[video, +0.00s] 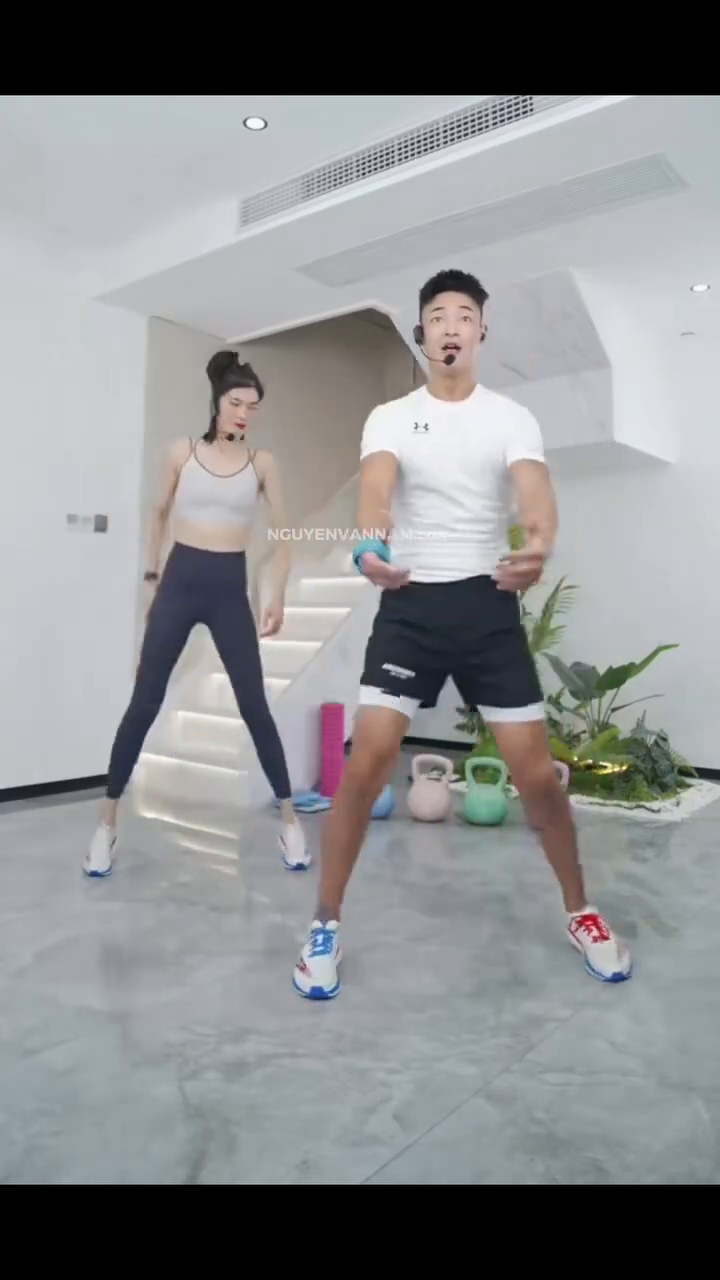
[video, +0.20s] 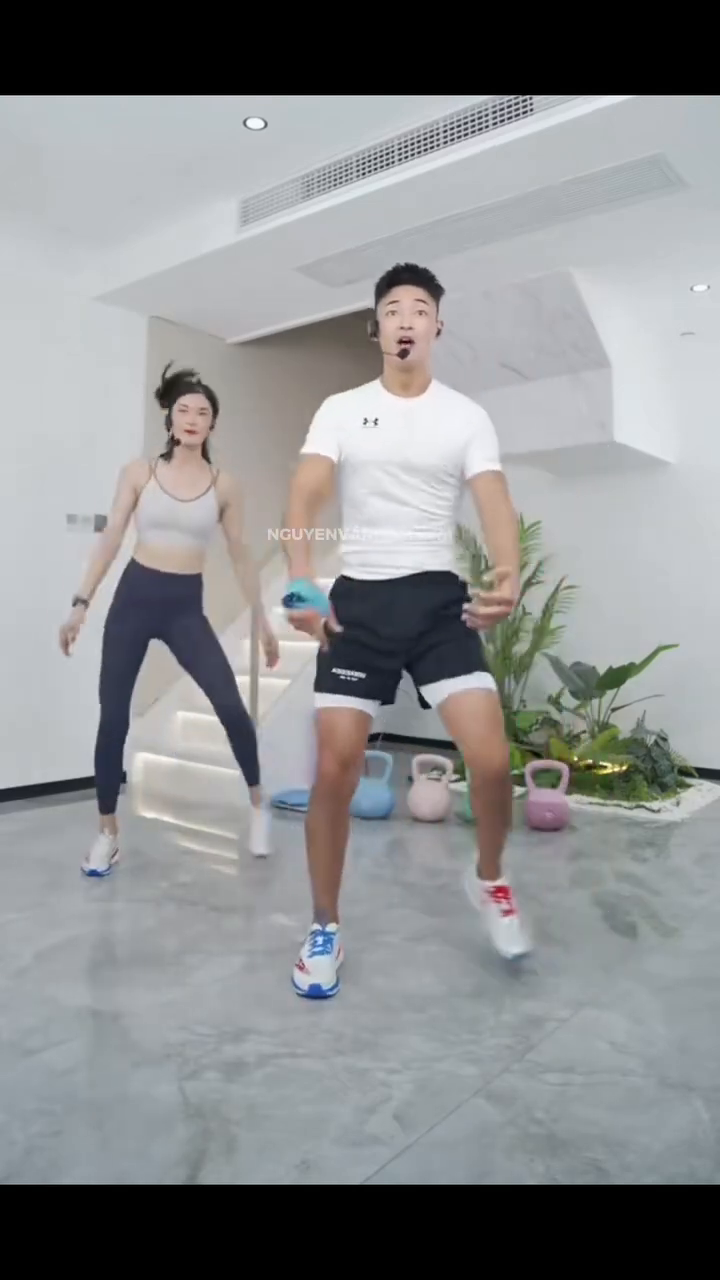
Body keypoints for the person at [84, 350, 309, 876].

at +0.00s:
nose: (243, 415)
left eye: (251, 407)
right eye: (236, 404)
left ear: (257, 412)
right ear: (217, 404)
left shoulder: (262, 463)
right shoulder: (182, 453)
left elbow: (283, 535)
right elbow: (162, 516)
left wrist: (277, 596)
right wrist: (152, 579)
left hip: (231, 588)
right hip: (179, 583)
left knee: (254, 706)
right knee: (145, 701)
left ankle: (290, 818)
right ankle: (108, 817)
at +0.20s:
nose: (192, 419)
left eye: (201, 412)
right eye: (184, 410)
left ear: (213, 423)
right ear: (169, 417)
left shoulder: (223, 485)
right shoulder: (140, 471)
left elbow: (241, 556)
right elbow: (110, 538)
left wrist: (262, 622)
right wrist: (80, 604)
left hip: (186, 607)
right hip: (132, 601)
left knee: (233, 710)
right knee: (113, 718)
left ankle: (258, 806)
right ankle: (107, 830)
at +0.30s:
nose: (182, 408)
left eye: (190, 401)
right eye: (174, 400)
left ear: (202, 412)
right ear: (159, 408)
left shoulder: (216, 471)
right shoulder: (132, 461)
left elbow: (225, 548)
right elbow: (104, 529)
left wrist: (245, 616)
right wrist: (76, 588)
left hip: (181, 596)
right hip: (128, 591)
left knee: (198, 703)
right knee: (114, 710)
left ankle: (198, 787)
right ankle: (106, 828)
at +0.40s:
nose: (174, 396)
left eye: (184, 389)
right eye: (167, 388)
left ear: (197, 401)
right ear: (153, 397)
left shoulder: (214, 462)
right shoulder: (129, 451)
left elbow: (219, 537)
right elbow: (104, 519)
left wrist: (227, 605)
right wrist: (85, 566)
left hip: (183, 584)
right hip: (130, 577)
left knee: (151, 701)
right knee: (116, 702)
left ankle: (150, 808)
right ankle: (105, 823)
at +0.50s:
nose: (173, 399)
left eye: (182, 393)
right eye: (165, 391)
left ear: (195, 405)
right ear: (151, 400)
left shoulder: (212, 463)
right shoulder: (128, 455)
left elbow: (218, 538)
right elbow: (107, 519)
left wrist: (223, 605)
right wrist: (96, 555)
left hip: (181, 586)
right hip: (130, 579)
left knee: (148, 706)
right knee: (113, 704)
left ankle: (136, 821)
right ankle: (104, 823)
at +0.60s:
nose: (175, 408)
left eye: (184, 403)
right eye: (167, 401)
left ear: (196, 416)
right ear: (152, 411)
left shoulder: (211, 474)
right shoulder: (127, 464)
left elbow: (221, 547)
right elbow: (106, 542)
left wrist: (230, 609)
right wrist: (110, 514)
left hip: (180, 600)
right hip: (128, 594)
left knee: (197, 705)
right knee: (114, 715)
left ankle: (173, 801)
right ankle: (108, 829)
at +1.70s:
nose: (223, 420)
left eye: (233, 415)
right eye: (217, 410)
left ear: (245, 422)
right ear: (204, 413)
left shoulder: (246, 468)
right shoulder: (179, 450)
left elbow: (295, 445)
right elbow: (156, 377)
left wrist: (266, 391)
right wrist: (213, 360)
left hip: (218, 591)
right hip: (168, 586)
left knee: (243, 714)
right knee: (135, 709)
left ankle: (276, 825)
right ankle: (102, 821)